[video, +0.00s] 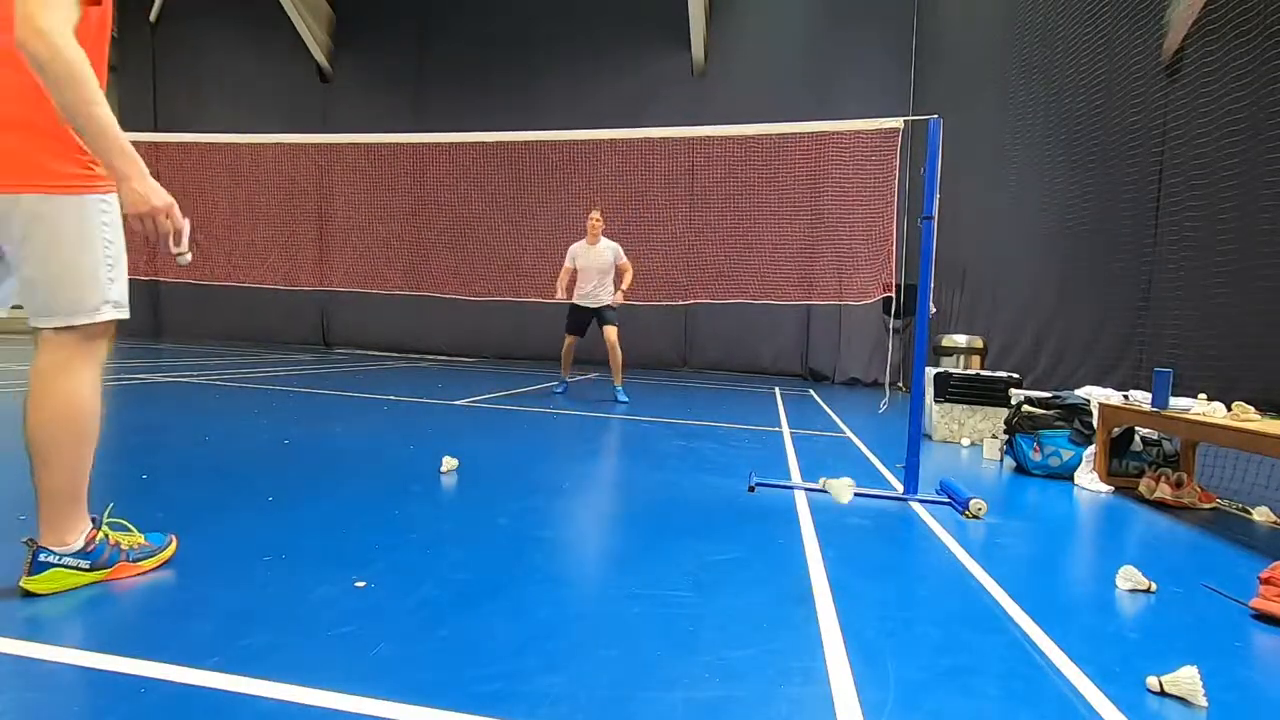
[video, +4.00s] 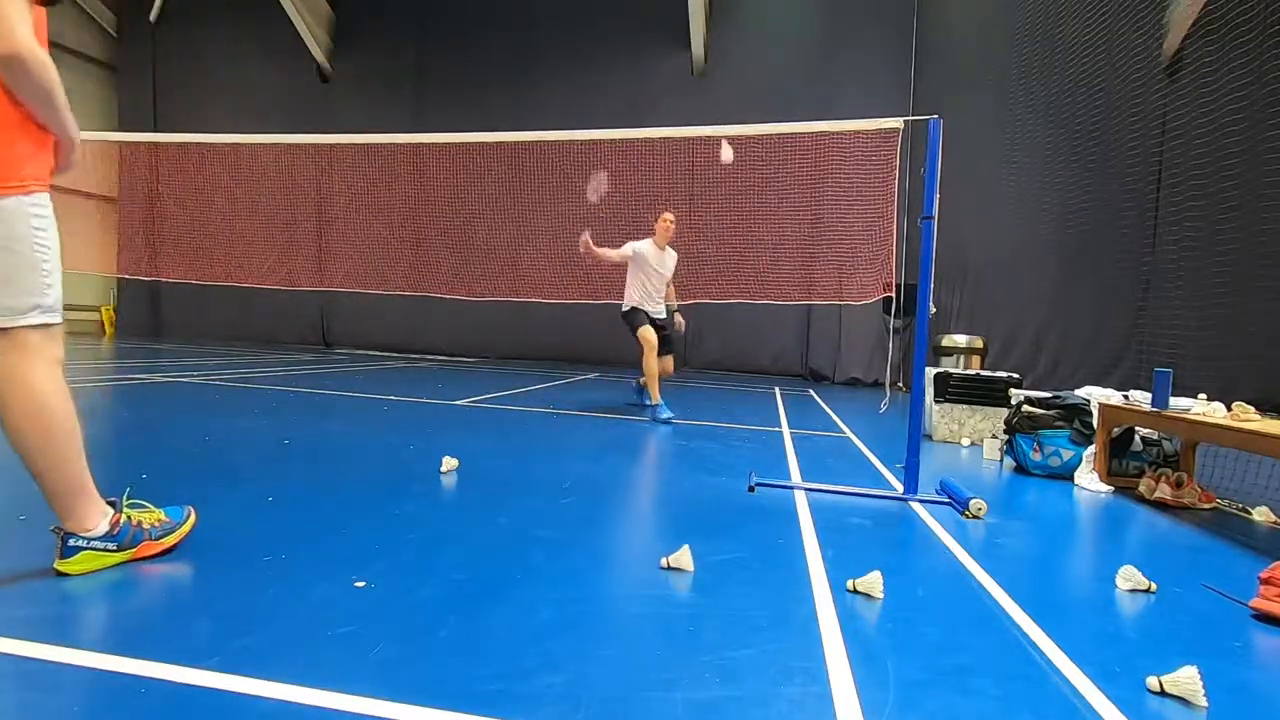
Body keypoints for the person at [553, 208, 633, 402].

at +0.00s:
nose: (594, 223)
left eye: (598, 220)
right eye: (591, 220)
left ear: (603, 225)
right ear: (586, 223)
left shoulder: (613, 248)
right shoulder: (575, 249)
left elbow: (628, 270)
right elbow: (564, 276)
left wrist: (621, 291)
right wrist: (560, 292)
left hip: (605, 303)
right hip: (580, 302)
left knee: (612, 340)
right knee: (569, 342)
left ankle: (618, 387)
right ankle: (563, 380)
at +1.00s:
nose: (644, 213)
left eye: (648, 211)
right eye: (641, 208)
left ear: (650, 217)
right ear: (631, 211)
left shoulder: (648, 243)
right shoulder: (620, 231)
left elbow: (657, 266)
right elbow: (612, 235)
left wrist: (683, 274)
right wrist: (620, 230)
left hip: (635, 303)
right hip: (612, 299)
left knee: (639, 351)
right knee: (619, 337)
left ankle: (624, 382)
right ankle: (621, 394)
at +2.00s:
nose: (629, 212)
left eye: (633, 209)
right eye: (626, 208)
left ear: (638, 215)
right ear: (618, 211)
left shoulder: (643, 243)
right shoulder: (601, 238)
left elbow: (651, 271)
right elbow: (586, 266)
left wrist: (663, 290)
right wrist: (574, 294)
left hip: (630, 303)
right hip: (605, 300)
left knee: (632, 353)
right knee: (610, 339)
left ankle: (611, 382)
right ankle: (616, 392)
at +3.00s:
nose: (630, 224)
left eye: (633, 221)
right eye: (626, 220)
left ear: (637, 227)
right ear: (620, 224)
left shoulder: (642, 252)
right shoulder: (604, 250)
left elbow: (644, 278)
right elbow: (592, 279)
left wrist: (651, 300)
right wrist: (590, 309)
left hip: (633, 307)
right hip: (608, 309)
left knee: (652, 348)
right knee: (598, 352)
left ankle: (643, 388)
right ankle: (584, 377)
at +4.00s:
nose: (669, 226)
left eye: (672, 223)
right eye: (665, 221)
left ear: (675, 229)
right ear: (655, 225)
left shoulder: (672, 256)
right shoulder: (639, 248)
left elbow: (668, 285)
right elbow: (615, 255)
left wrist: (675, 312)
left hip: (658, 312)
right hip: (635, 308)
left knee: (667, 368)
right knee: (651, 342)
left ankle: (642, 383)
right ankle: (657, 403)